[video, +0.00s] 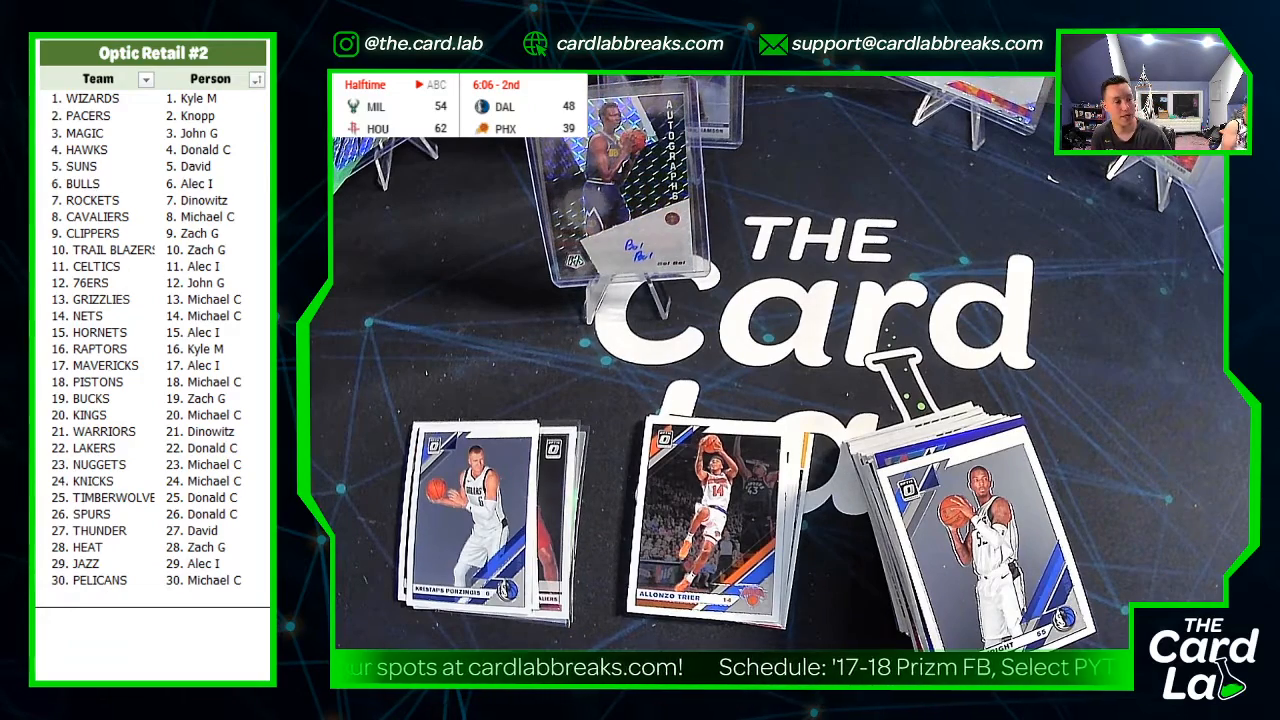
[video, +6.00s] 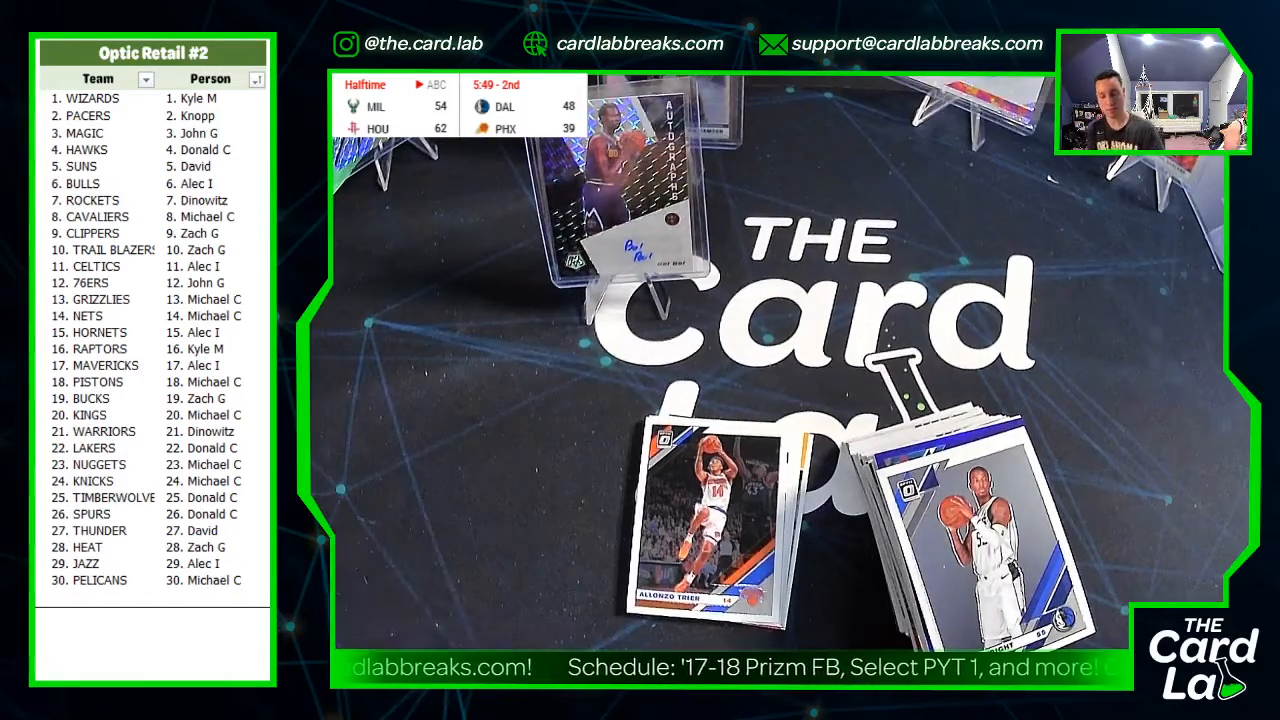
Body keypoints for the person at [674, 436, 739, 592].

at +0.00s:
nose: (714, 463)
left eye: (717, 461)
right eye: (713, 461)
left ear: (721, 465)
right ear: (710, 465)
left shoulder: (727, 476)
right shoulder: (706, 476)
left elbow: (734, 468)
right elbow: (698, 470)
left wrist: (722, 452)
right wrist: (700, 451)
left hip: (721, 513)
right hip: (706, 507)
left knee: (707, 550)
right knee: (704, 511)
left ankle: (688, 578)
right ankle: (688, 539)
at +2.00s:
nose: (714, 463)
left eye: (717, 462)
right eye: (713, 461)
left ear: (721, 465)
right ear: (709, 465)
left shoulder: (727, 476)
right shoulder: (706, 476)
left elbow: (734, 468)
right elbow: (698, 470)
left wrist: (722, 452)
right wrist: (700, 450)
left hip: (721, 513)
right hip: (706, 507)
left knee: (707, 550)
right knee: (704, 512)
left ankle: (688, 579)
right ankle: (688, 540)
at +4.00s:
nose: (714, 464)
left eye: (717, 462)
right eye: (713, 462)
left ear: (721, 465)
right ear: (709, 465)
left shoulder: (727, 476)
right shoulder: (706, 477)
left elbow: (734, 469)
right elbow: (699, 471)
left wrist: (721, 452)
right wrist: (700, 451)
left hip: (720, 513)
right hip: (706, 507)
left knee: (707, 550)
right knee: (704, 512)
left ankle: (688, 579)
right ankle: (688, 540)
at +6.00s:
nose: (714, 463)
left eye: (717, 462)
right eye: (712, 461)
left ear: (721, 466)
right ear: (709, 465)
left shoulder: (727, 476)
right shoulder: (705, 477)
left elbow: (734, 469)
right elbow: (698, 471)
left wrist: (721, 452)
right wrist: (700, 450)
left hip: (720, 512)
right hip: (705, 507)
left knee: (707, 550)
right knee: (705, 512)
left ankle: (688, 580)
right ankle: (688, 540)